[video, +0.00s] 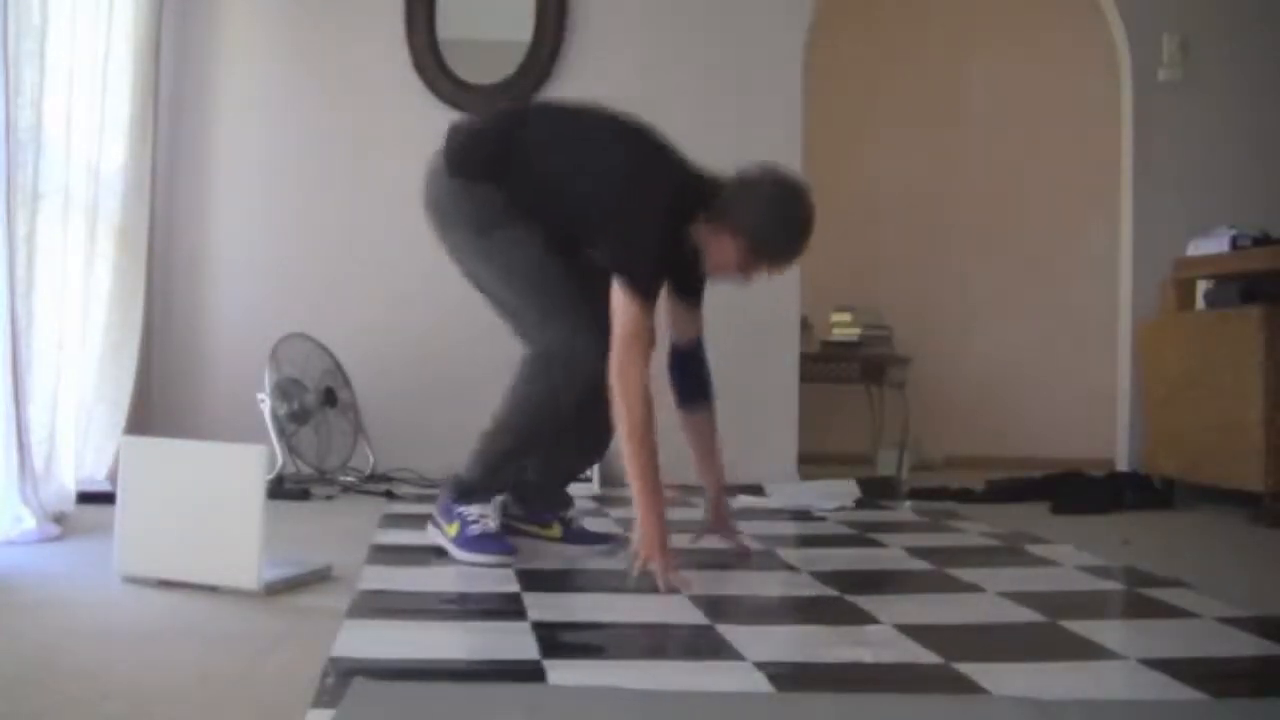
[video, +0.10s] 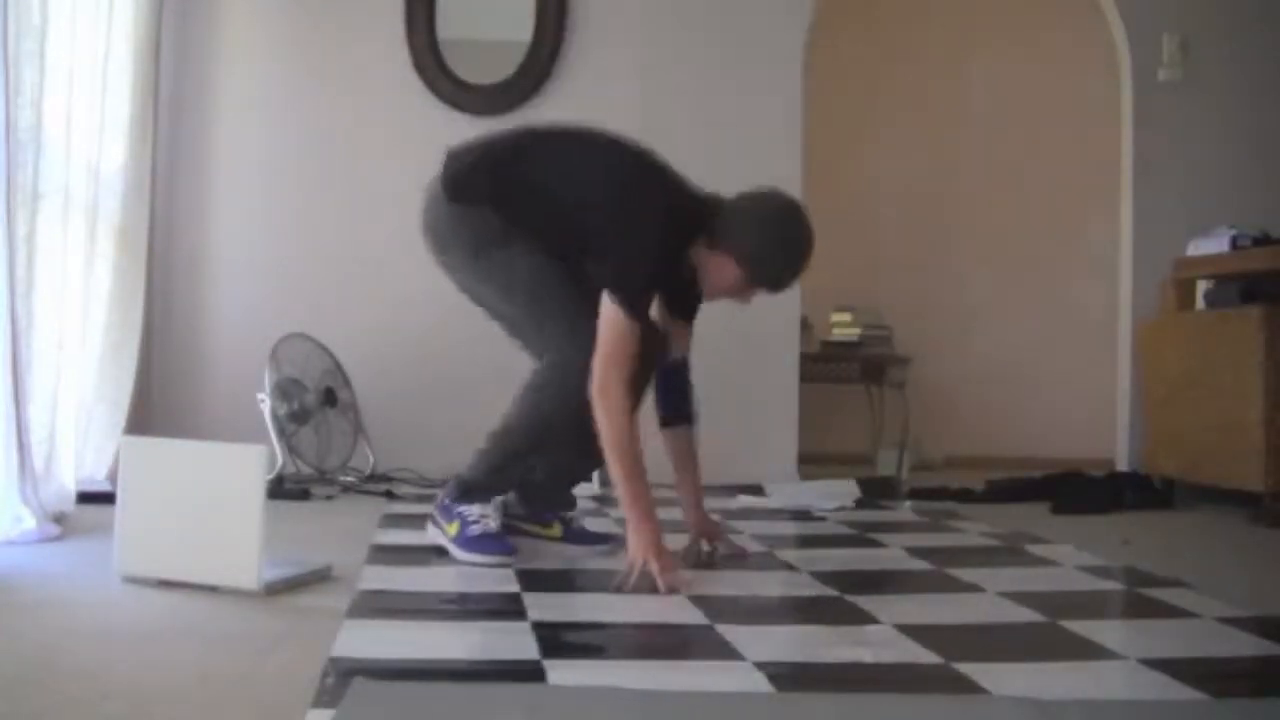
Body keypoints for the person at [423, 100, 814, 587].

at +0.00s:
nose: (746, 275)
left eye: (758, 269)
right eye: (752, 261)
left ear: (731, 223)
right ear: (733, 230)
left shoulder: (691, 237)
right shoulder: (647, 217)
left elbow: (687, 365)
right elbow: (627, 378)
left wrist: (716, 496)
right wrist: (649, 518)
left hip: (535, 200)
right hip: (471, 186)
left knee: (606, 367)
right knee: (567, 347)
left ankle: (533, 500)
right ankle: (465, 500)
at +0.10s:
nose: (744, 297)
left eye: (754, 290)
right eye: (749, 283)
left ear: (728, 245)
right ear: (730, 254)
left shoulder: (687, 257)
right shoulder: (643, 232)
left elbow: (672, 380)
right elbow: (607, 389)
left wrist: (693, 510)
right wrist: (640, 524)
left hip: (525, 221)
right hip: (466, 214)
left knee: (637, 355)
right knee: (577, 356)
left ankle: (536, 503)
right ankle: (463, 503)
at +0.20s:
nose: (754, 300)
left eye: (765, 291)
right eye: (760, 285)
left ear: (736, 249)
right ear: (739, 256)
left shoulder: (690, 264)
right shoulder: (646, 236)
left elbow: (667, 383)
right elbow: (600, 391)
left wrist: (690, 509)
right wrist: (640, 528)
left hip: (530, 274)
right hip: (471, 271)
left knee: (658, 373)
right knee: (611, 386)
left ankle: (542, 504)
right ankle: (471, 496)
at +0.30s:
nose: (758, 287)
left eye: (767, 276)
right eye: (762, 271)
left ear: (733, 243)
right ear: (736, 247)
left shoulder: (687, 265)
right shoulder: (640, 239)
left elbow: (670, 384)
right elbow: (595, 395)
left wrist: (690, 509)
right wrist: (641, 530)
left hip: (538, 310)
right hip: (479, 310)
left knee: (679, 374)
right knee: (644, 395)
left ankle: (551, 501)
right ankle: (477, 494)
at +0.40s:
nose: (746, 264)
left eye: (753, 251)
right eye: (745, 246)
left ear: (710, 218)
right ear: (713, 222)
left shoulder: (675, 263)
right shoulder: (616, 243)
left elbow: (657, 381)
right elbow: (584, 399)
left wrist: (691, 509)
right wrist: (641, 529)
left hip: (556, 359)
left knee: (708, 385)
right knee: (663, 434)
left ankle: (565, 493)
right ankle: (487, 488)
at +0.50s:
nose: (730, 250)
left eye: (736, 236)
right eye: (727, 233)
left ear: (691, 213)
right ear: (695, 215)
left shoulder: (665, 262)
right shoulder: (601, 246)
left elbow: (651, 379)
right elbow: (575, 402)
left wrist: (691, 507)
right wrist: (640, 528)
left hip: (568, 379)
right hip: (498, 393)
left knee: (718, 396)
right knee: (669, 454)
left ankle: (567, 493)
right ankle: (492, 487)